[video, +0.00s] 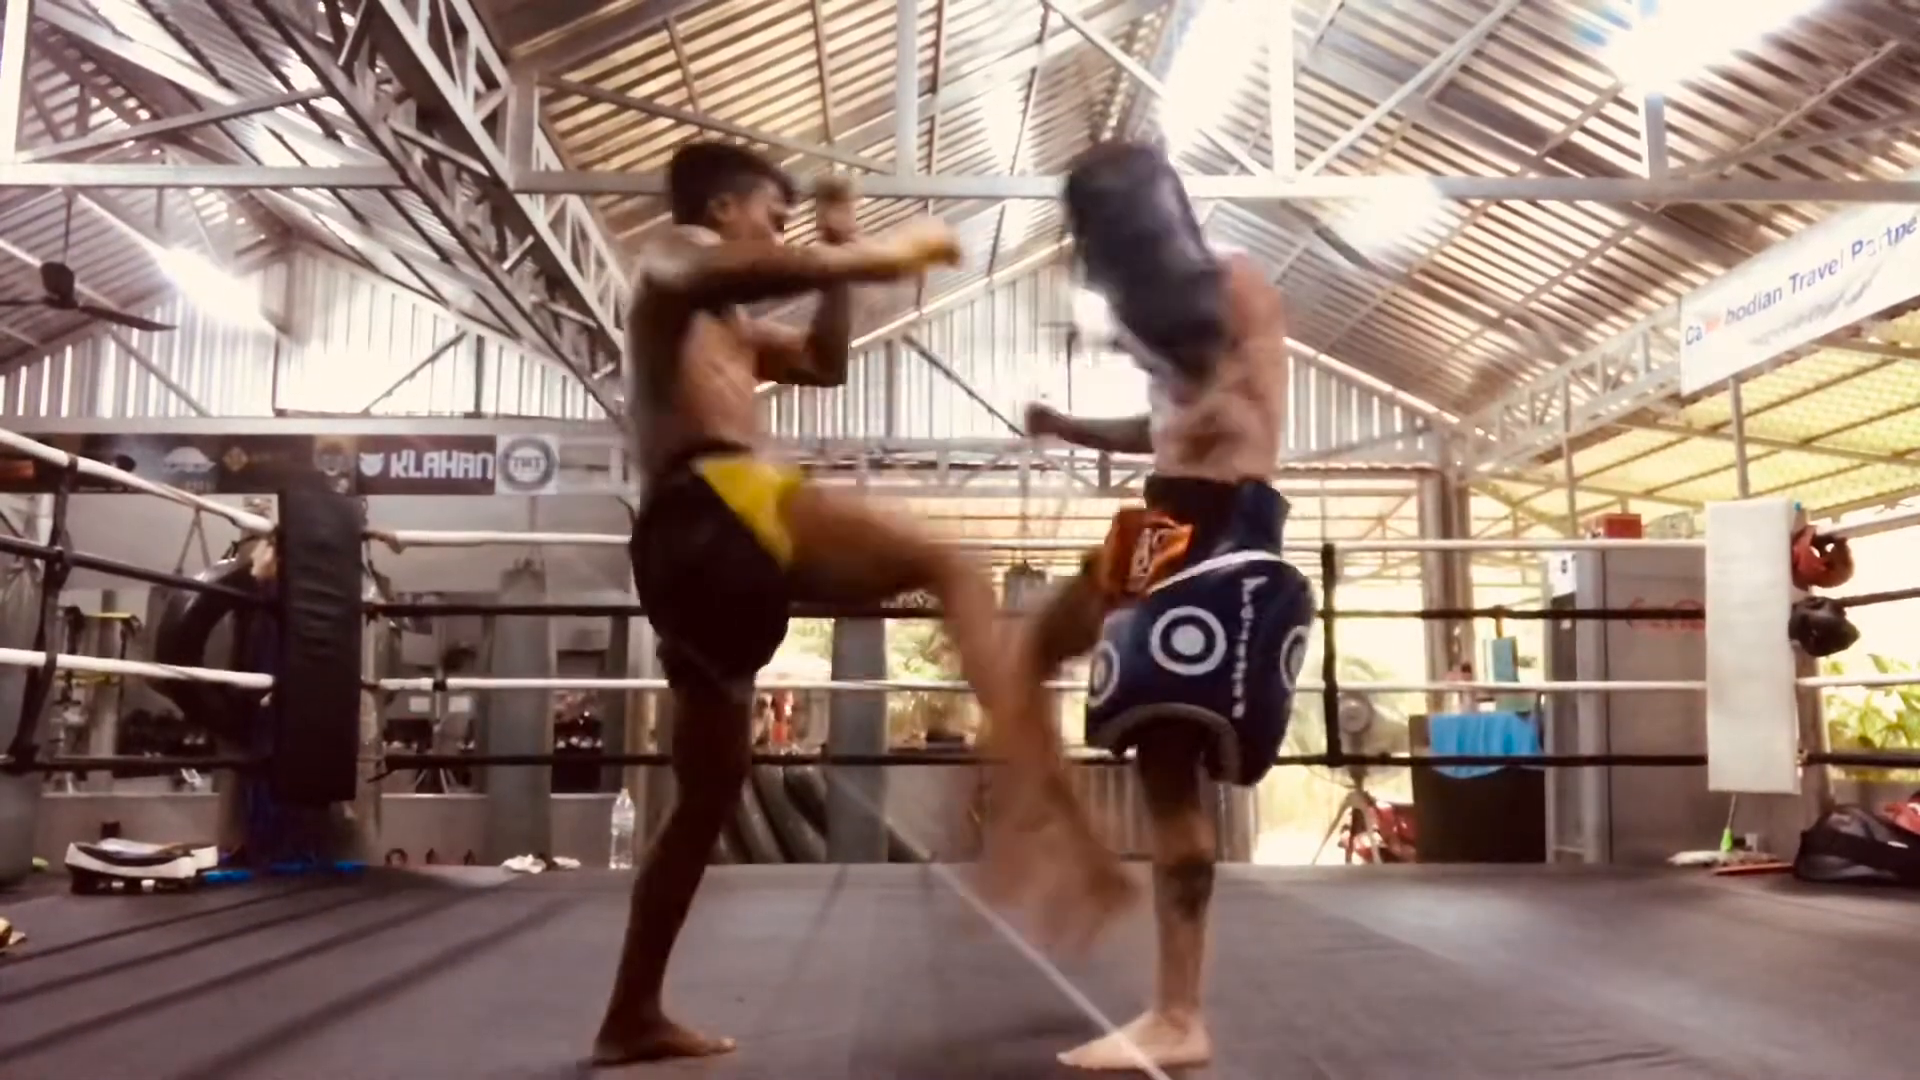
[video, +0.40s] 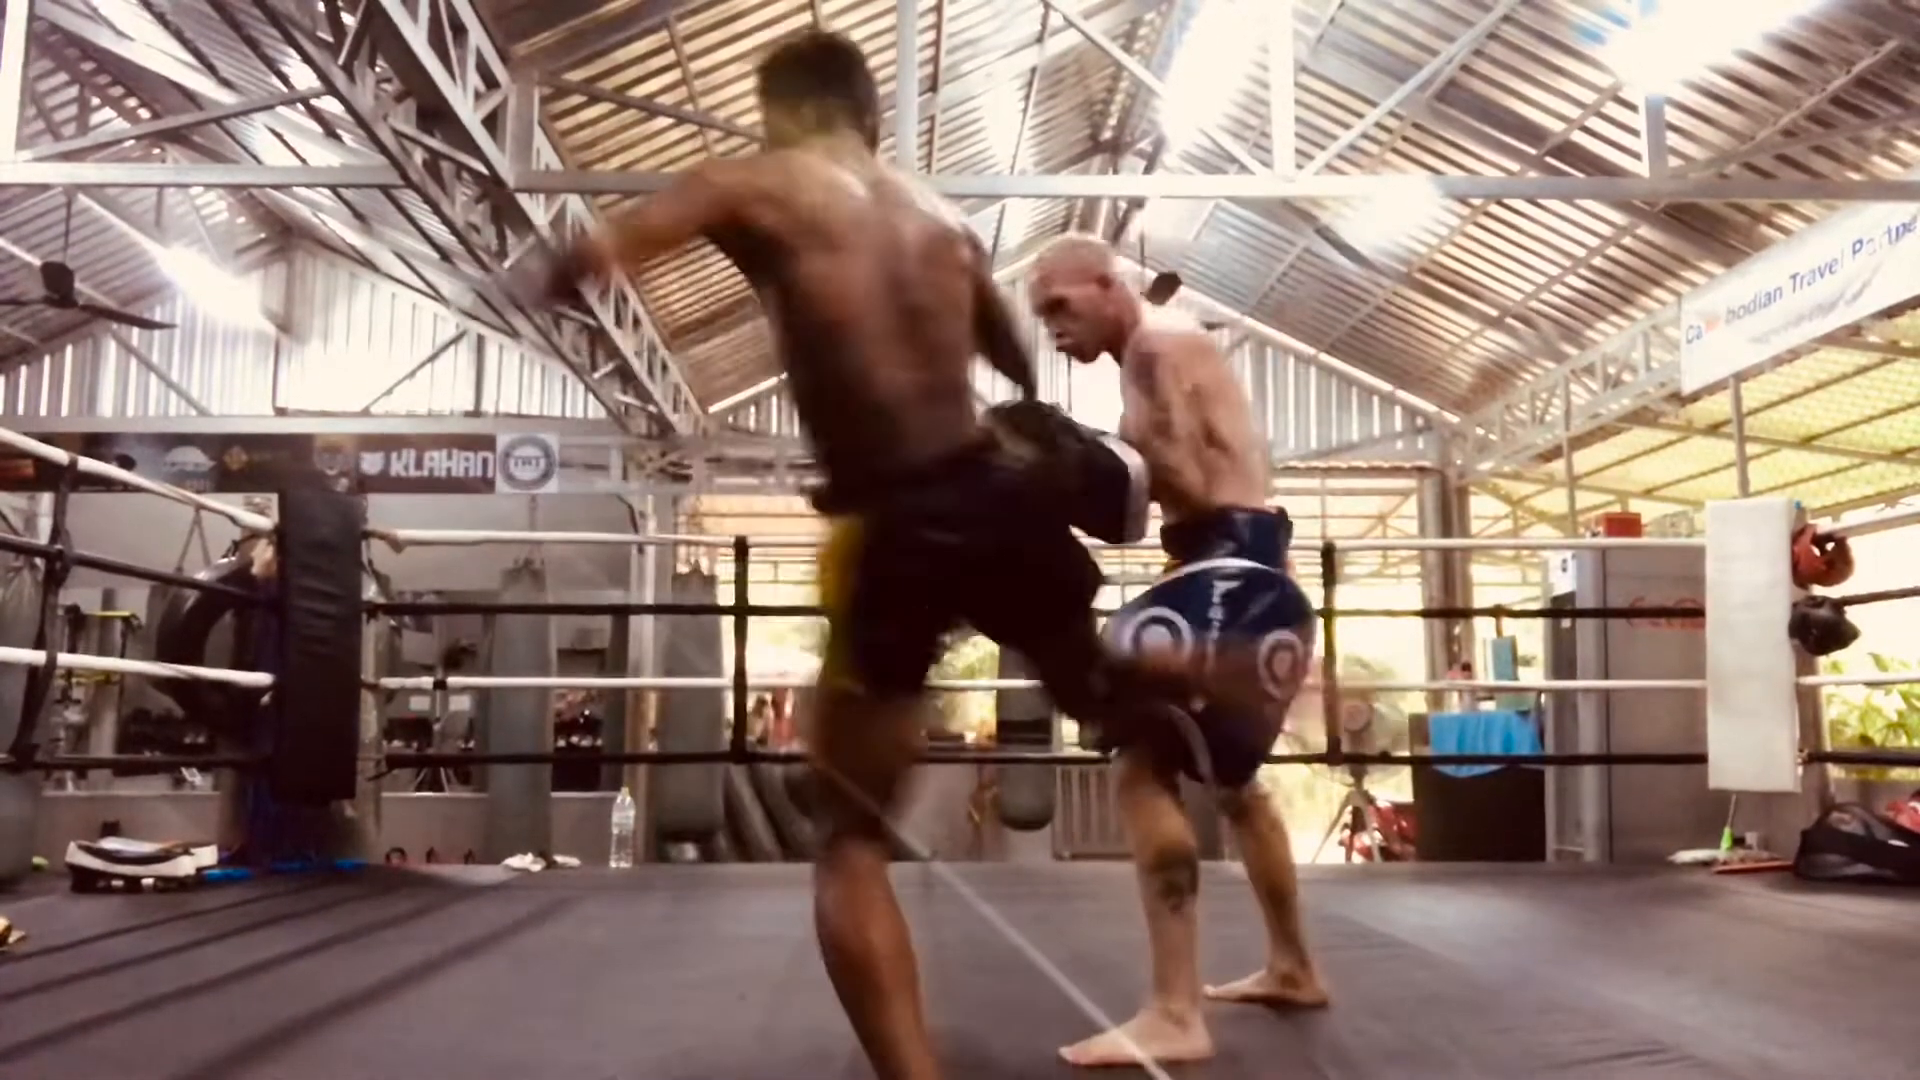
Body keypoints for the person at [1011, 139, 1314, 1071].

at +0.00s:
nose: (1101, 245)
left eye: (1113, 224)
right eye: (1094, 232)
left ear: (1158, 209)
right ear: (1099, 232)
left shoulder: (1232, 280)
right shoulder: (1167, 308)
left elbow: (1203, 350)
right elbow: (1166, 426)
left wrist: (1122, 254)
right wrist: (1075, 430)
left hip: (1219, 519)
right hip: (1162, 515)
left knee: (1169, 767)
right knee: (1018, 656)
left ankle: (1178, 1017)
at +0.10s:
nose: (1109, 268)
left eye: (1122, 245)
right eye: (1101, 254)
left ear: (1164, 235)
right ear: (1111, 264)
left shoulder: (1232, 306)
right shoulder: (1148, 351)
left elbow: (1229, 365)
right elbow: (1094, 429)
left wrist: (1149, 271)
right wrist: (999, 389)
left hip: (1211, 544)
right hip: (1158, 544)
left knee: (1169, 768)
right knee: (1141, 748)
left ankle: (1177, 1016)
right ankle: (1237, 928)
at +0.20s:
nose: (1086, 282)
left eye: (1097, 263)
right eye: (1082, 267)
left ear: (1147, 253)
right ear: (1127, 256)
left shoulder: (1219, 327)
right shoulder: (1135, 346)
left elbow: (1203, 426)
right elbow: (1061, 440)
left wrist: (1103, 333)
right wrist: (988, 379)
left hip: (1222, 551)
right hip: (1186, 551)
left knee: (1141, 768)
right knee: (1229, 777)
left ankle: (1174, 1014)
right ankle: (1290, 965)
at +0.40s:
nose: (1053, 329)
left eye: (1060, 307)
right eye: (1045, 315)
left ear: (1111, 287)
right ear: (1100, 296)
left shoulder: (1162, 348)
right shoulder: (1154, 360)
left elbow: (1198, 486)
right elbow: (1195, 488)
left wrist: (1117, 449)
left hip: (1224, 565)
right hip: (1249, 567)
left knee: (1144, 774)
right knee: (1239, 781)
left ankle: (1175, 1012)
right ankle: (1292, 966)